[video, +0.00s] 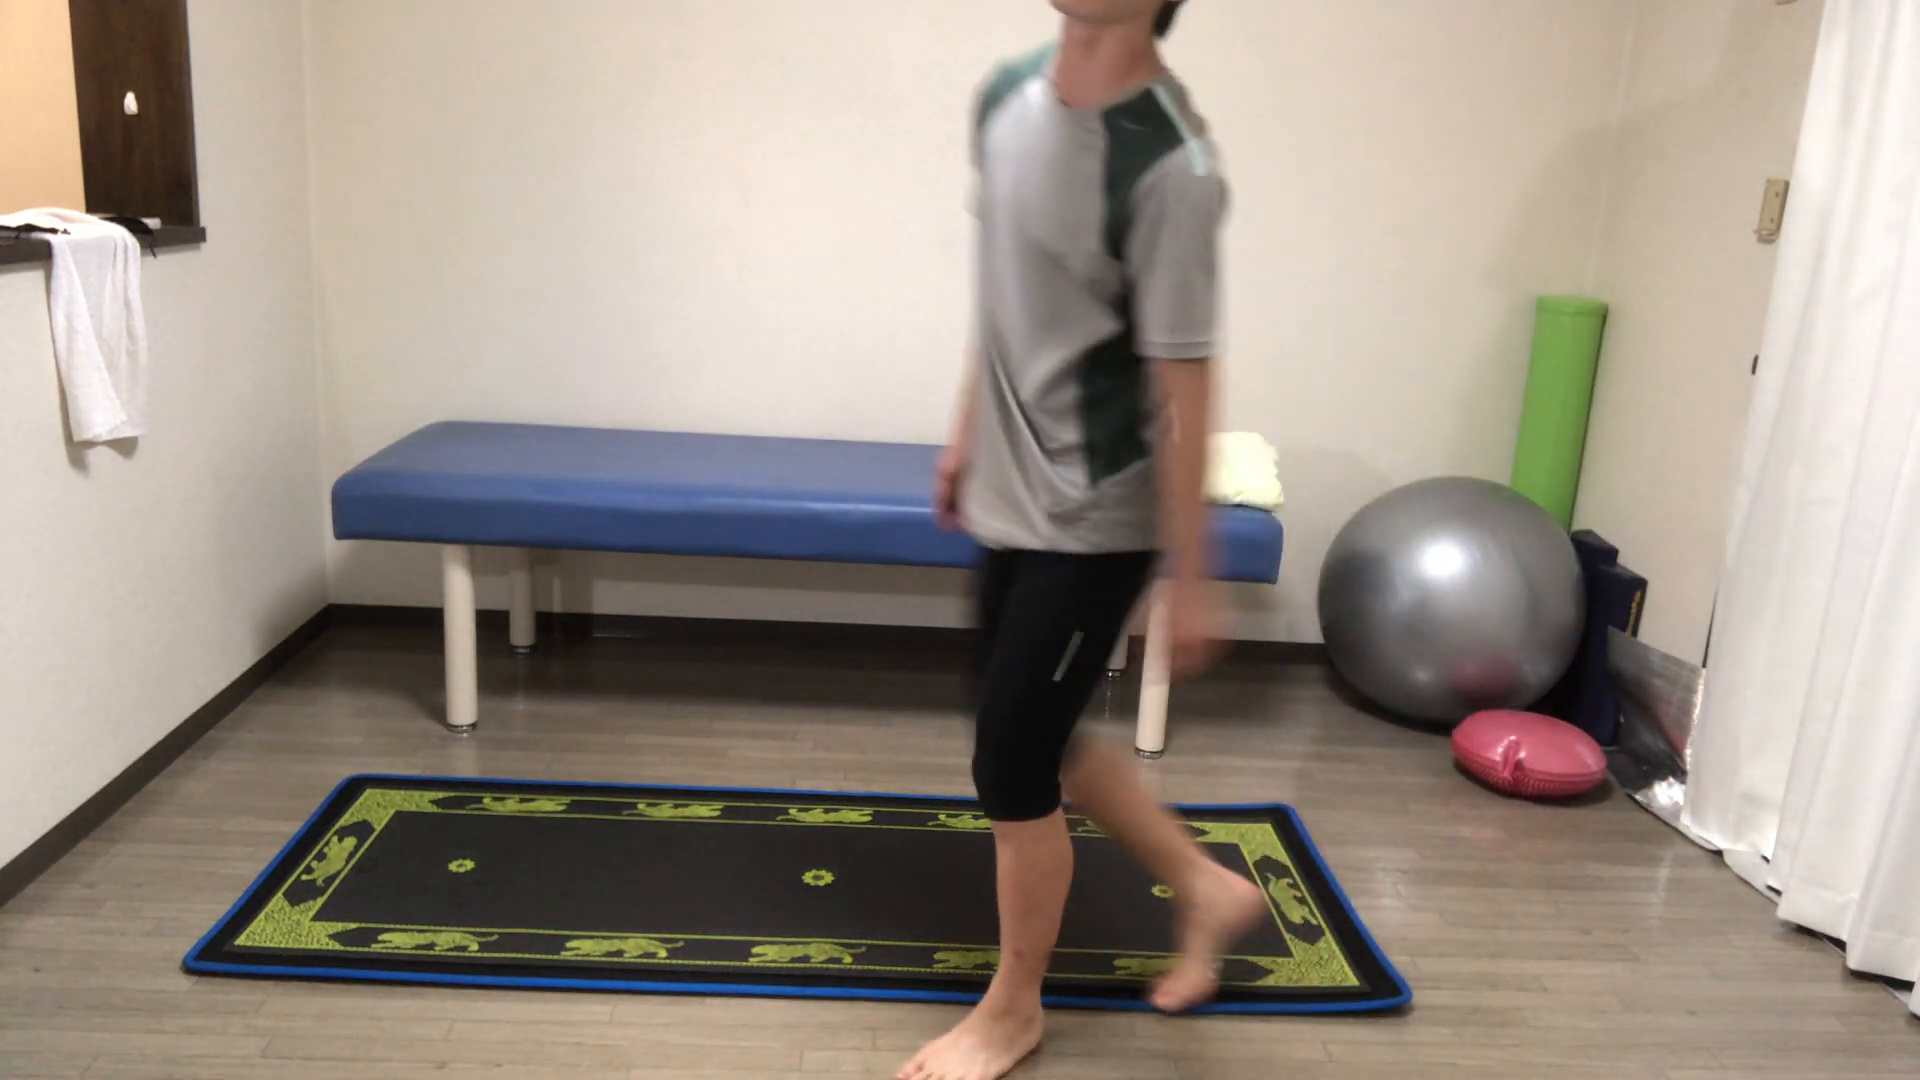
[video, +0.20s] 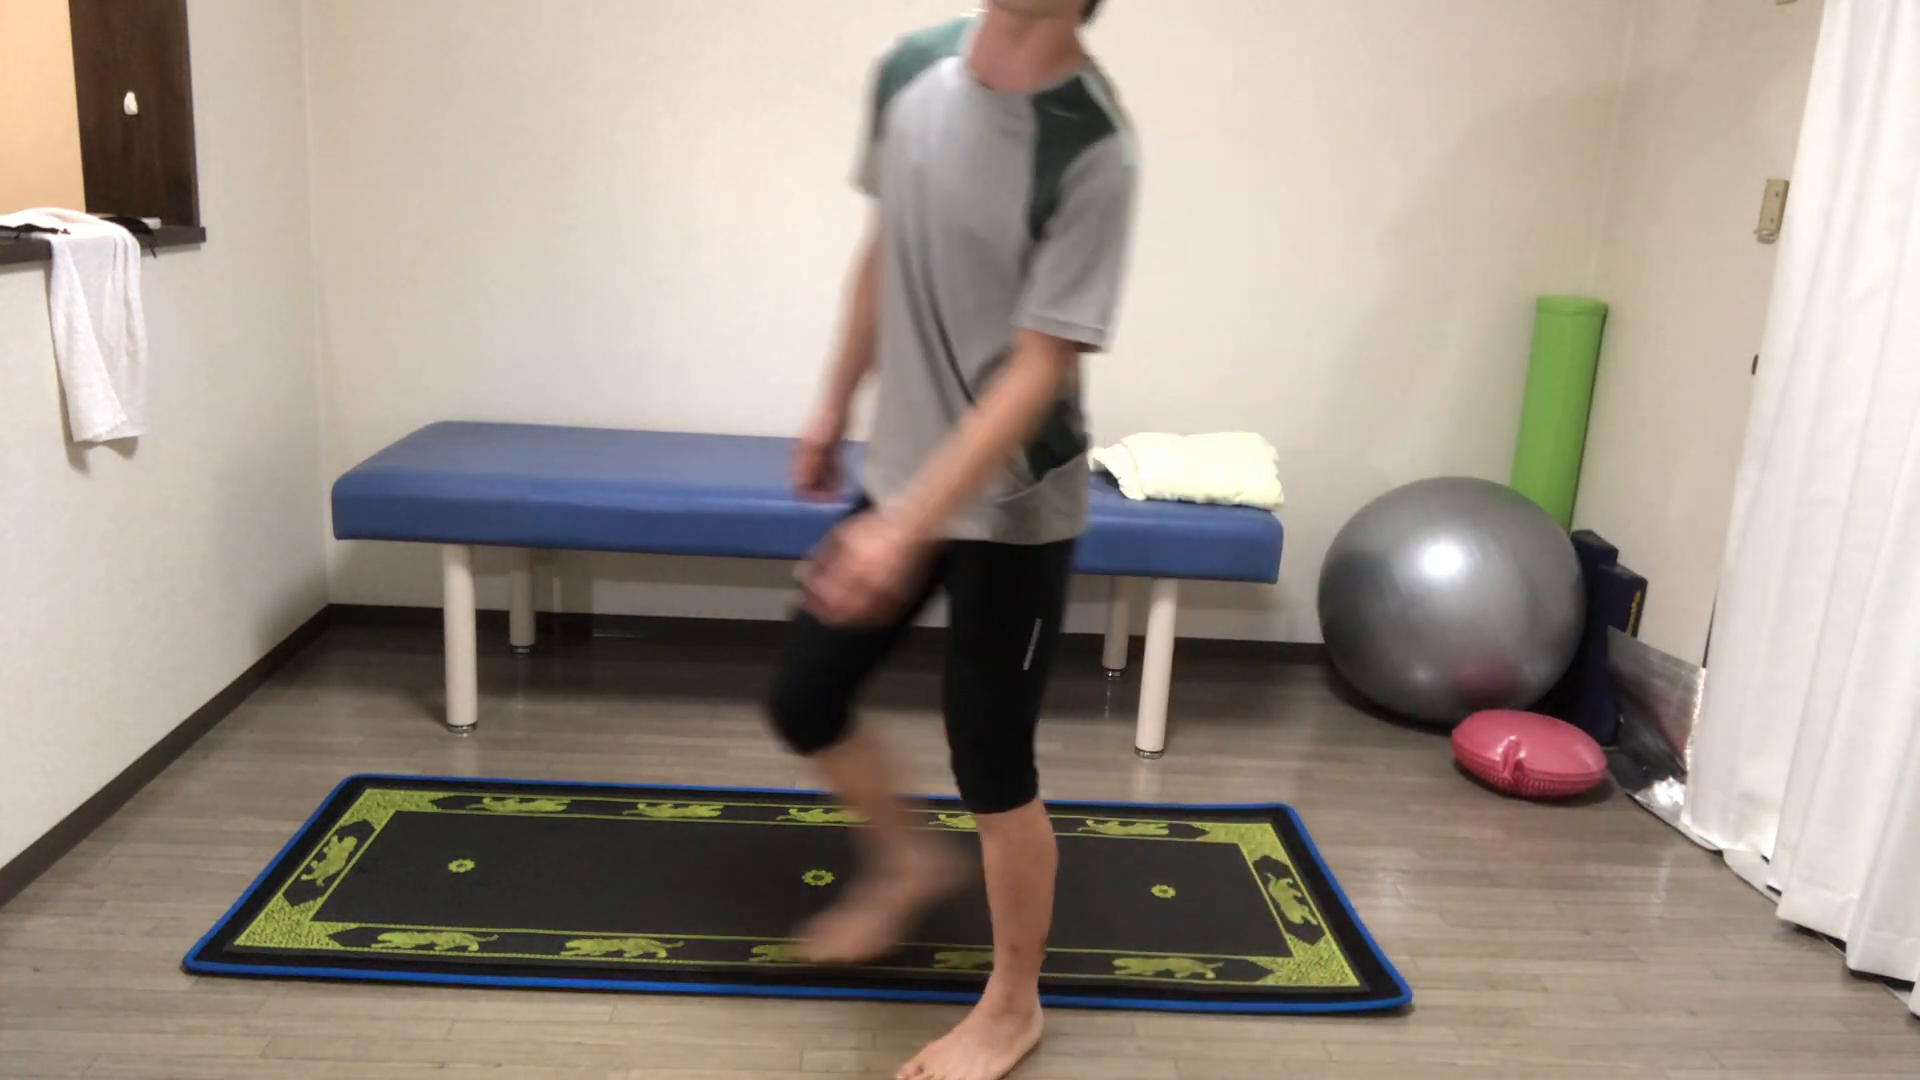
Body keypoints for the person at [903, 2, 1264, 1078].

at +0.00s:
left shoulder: (1173, 168)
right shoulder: (1007, 95)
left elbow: (1185, 382)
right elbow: (1004, 293)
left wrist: (1190, 574)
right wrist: (968, 429)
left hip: (1103, 511)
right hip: (1008, 486)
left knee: (1017, 762)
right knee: (1032, 729)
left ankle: (1012, 1011)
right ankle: (1210, 886)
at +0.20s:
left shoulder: (1093, 150)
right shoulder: (910, 68)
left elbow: (1040, 369)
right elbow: (888, 245)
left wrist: (906, 521)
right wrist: (833, 405)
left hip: (1015, 497)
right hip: (901, 469)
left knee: (992, 759)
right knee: (806, 704)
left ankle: (1013, 1007)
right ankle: (910, 856)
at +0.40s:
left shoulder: (997, 137)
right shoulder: (770, 85)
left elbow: (971, 341)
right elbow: (738, 260)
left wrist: (822, 447)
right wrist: (693, 429)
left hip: (924, 493)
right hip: (784, 481)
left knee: (953, 759)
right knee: (701, 717)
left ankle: (1009, 999)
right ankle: (628, 899)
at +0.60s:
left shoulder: (873, 118)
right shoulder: (610, 102)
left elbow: (893, 307)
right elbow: (551, 286)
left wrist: (923, 475)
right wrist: (528, 464)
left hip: (834, 463)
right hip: (690, 460)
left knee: (883, 709)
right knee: (655, 709)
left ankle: (939, 946)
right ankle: (628, 906)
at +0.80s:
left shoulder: (810, 83)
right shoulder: (567, 86)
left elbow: (854, 237)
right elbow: (463, 268)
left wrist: (877, 369)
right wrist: (404, 441)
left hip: (778, 442)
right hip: (646, 451)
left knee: (800, 675)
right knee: (640, 690)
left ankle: (762, 845)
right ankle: (629, 903)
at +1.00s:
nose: (692, 3)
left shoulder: (775, 76)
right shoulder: (564, 94)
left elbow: (780, 227)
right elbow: (483, 282)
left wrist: (776, 343)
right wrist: (449, 459)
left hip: (730, 432)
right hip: (622, 447)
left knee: (723, 632)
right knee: (627, 677)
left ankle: (618, 758)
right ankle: (626, 902)